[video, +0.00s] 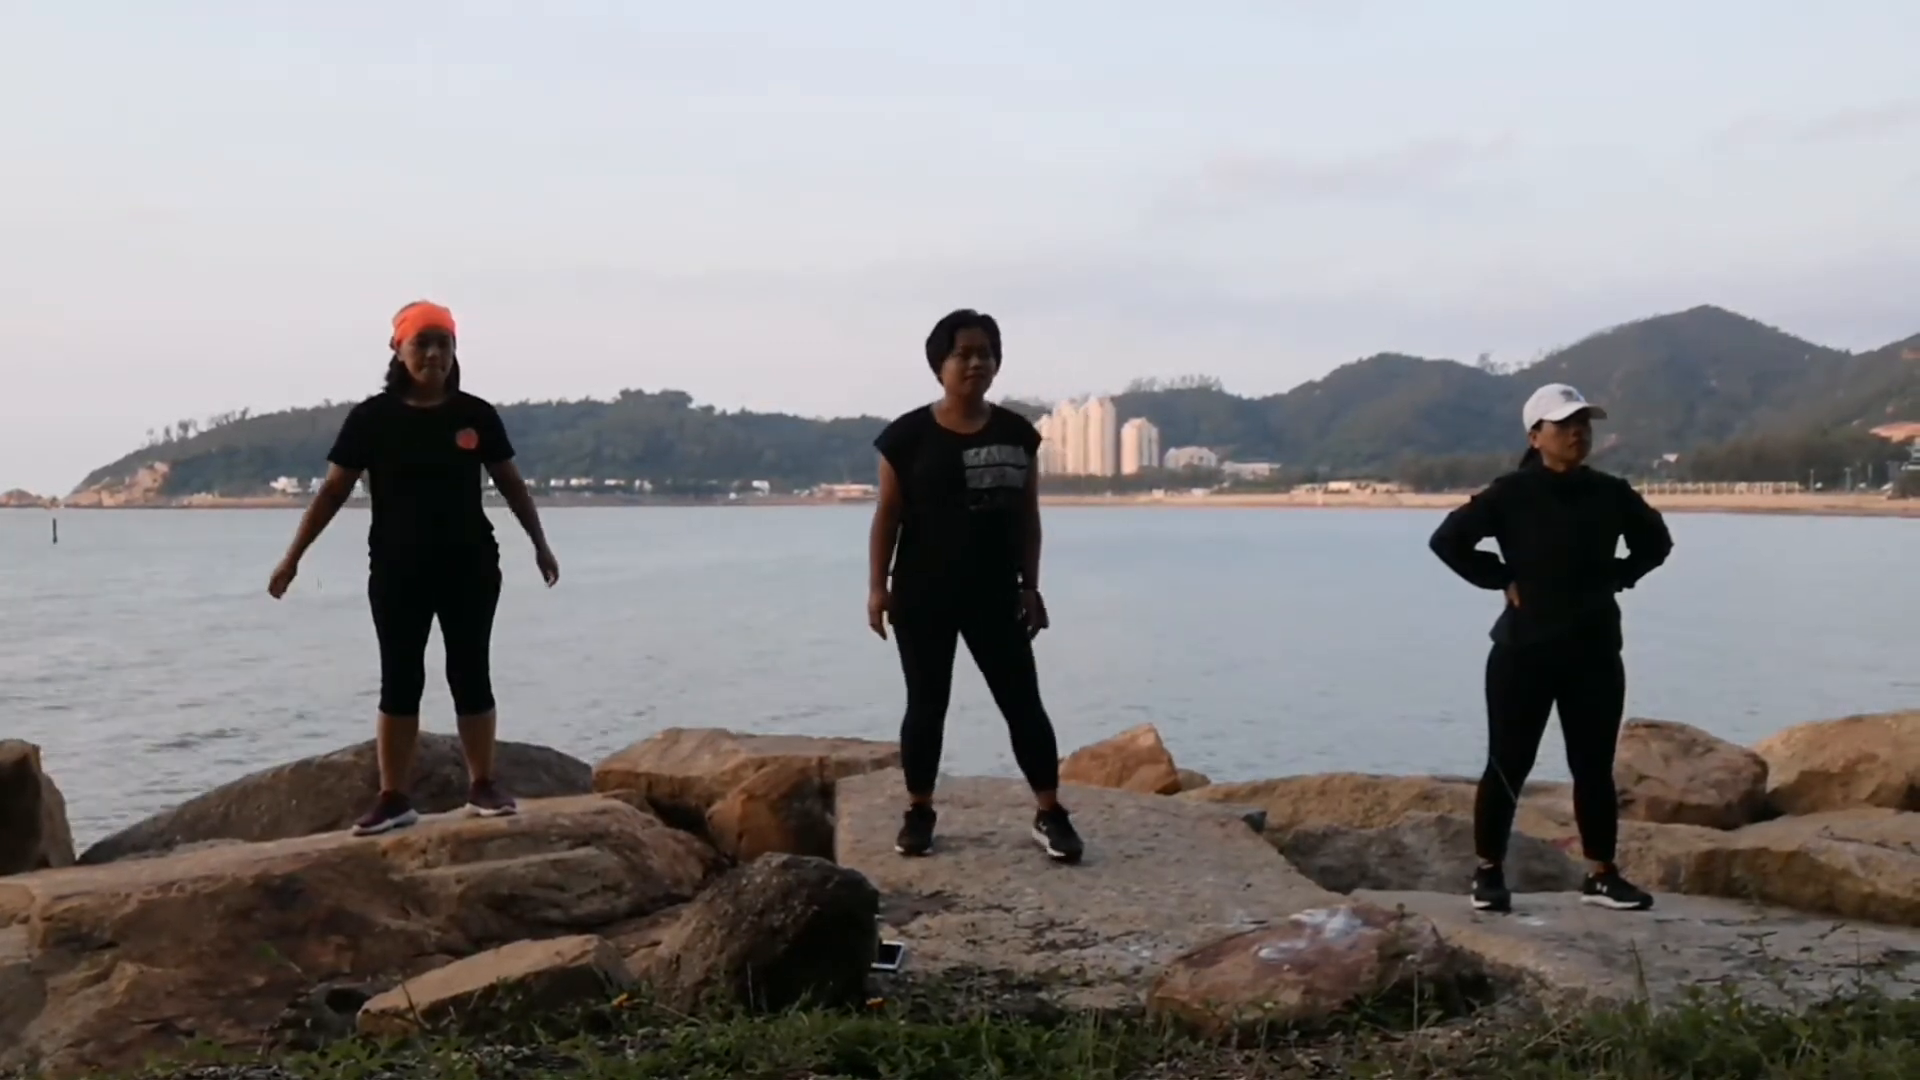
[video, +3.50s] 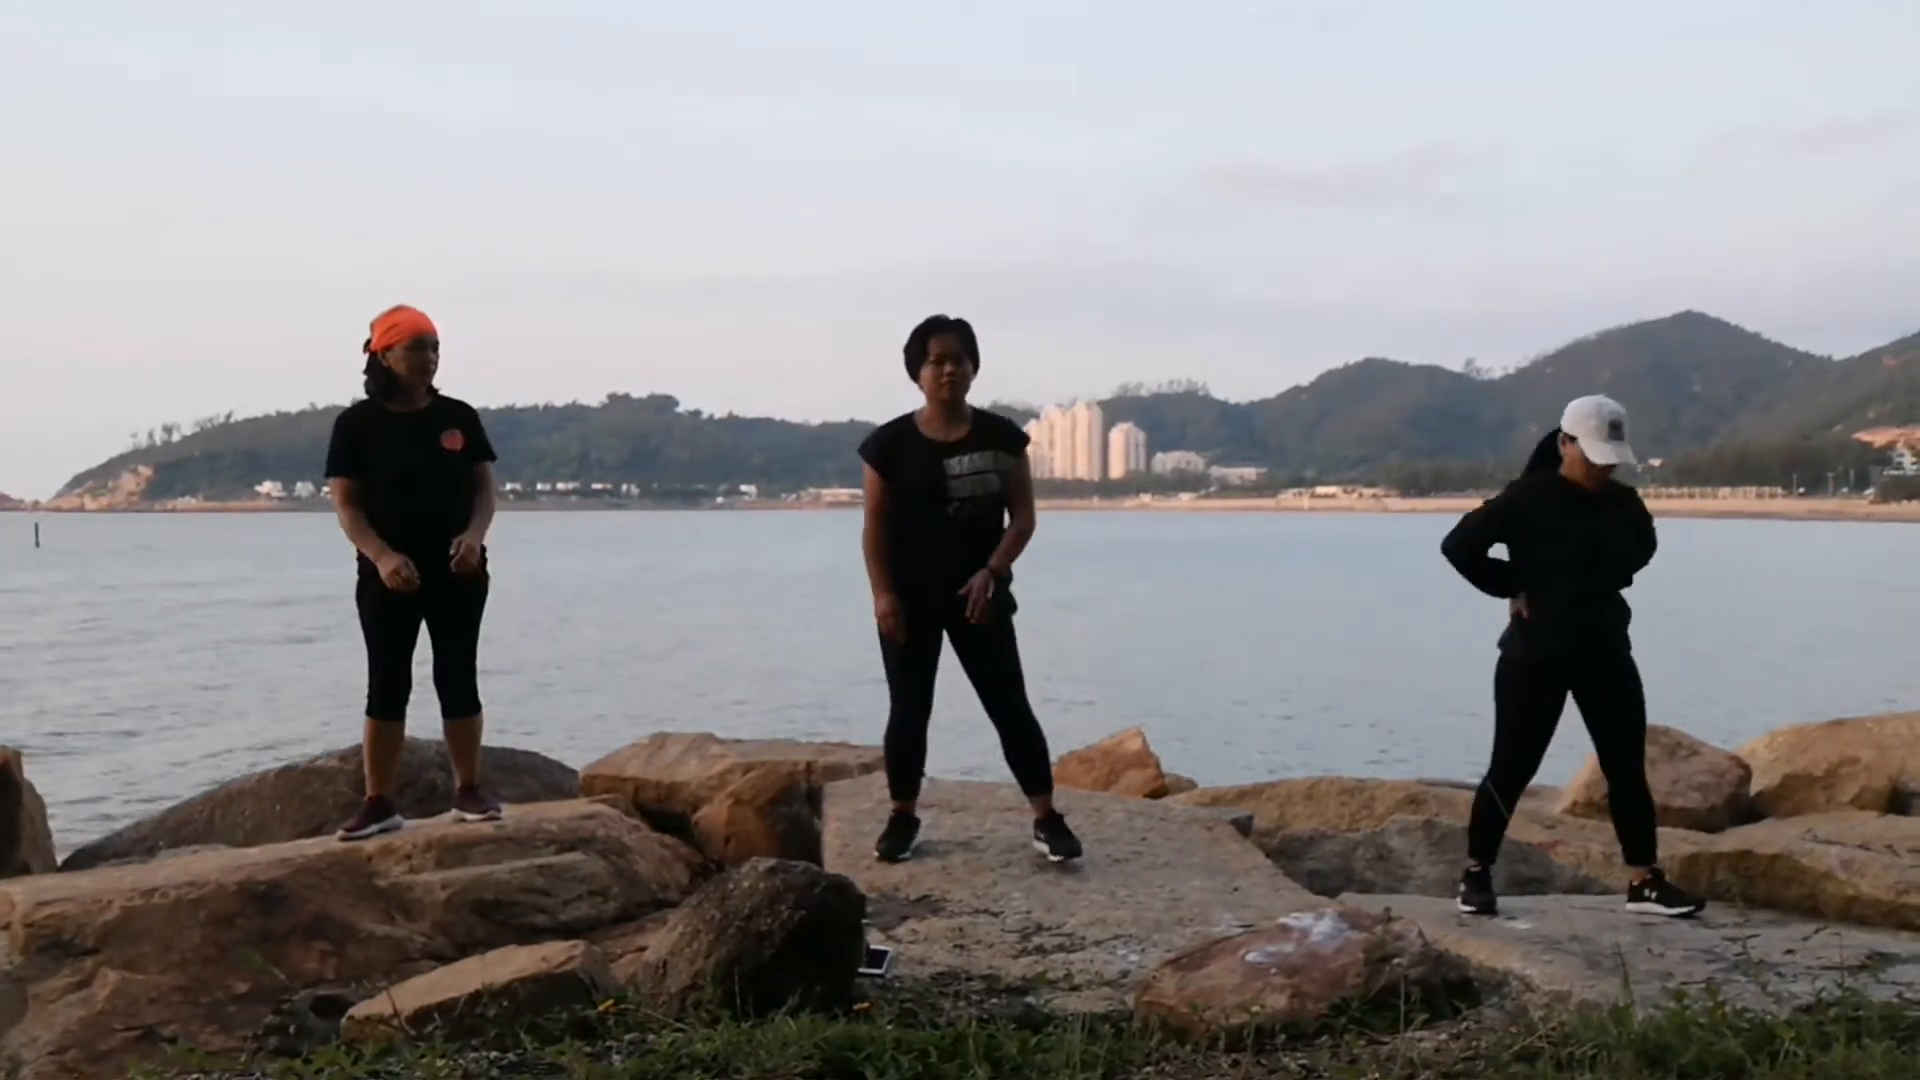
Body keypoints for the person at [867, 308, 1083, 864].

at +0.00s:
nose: (974, 366)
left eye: (985, 357)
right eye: (963, 355)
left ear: (996, 366)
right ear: (939, 362)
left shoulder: (1017, 433)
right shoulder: (907, 435)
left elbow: (1028, 517)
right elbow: (887, 515)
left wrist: (1031, 586)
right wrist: (876, 585)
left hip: (994, 593)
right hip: (924, 594)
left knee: (1025, 705)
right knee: (925, 707)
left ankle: (1050, 812)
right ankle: (919, 811)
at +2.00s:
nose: (979, 369)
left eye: (990, 358)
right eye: (968, 361)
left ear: (1015, 363)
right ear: (958, 372)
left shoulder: (1053, 433)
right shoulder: (940, 443)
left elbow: (1076, 511)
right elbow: (924, 527)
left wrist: (1079, 577)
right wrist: (921, 598)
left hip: (1031, 598)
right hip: (959, 600)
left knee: (1039, 713)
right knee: (940, 710)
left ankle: (1051, 824)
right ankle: (914, 812)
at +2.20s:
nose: (1003, 368)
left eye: (1015, 357)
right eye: (992, 360)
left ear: (1037, 363)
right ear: (981, 370)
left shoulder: (1072, 430)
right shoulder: (962, 436)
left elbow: (1100, 498)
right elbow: (938, 519)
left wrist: (1039, 522)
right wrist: (933, 589)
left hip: (1047, 595)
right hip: (977, 593)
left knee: (1049, 710)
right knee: (953, 705)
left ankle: (1052, 824)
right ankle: (917, 809)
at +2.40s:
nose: (1020, 366)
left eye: (1032, 356)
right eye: (1010, 356)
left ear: (1054, 365)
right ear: (996, 367)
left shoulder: (1078, 426)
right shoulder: (973, 429)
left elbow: (1057, 482)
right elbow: (964, 510)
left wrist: (984, 460)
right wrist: (966, 584)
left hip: (1048, 590)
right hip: (981, 585)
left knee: (1048, 710)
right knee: (951, 703)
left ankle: (1051, 824)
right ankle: (917, 811)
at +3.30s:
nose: (946, 370)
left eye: (957, 360)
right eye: (935, 360)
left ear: (972, 369)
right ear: (915, 369)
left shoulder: (995, 434)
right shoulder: (891, 437)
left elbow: (999, 511)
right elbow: (887, 522)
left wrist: (927, 502)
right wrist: (895, 597)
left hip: (972, 591)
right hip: (906, 590)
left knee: (1002, 706)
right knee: (906, 710)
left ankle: (1032, 815)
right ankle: (903, 815)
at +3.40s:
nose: (945, 369)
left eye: (954, 359)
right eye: (933, 360)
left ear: (970, 367)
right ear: (913, 369)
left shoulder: (995, 433)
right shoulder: (885, 441)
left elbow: (1010, 511)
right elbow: (877, 528)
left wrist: (957, 536)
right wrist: (890, 594)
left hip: (975, 592)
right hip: (907, 591)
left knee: (1006, 704)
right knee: (906, 711)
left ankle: (1038, 814)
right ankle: (903, 815)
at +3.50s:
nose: (948, 370)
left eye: (957, 360)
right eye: (936, 361)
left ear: (973, 368)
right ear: (916, 371)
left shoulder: (1001, 437)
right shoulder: (888, 445)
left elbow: (1023, 519)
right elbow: (874, 527)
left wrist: (992, 571)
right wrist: (881, 592)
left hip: (979, 594)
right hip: (910, 598)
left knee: (1011, 709)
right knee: (907, 714)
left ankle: (1046, 817)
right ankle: (902, 817)